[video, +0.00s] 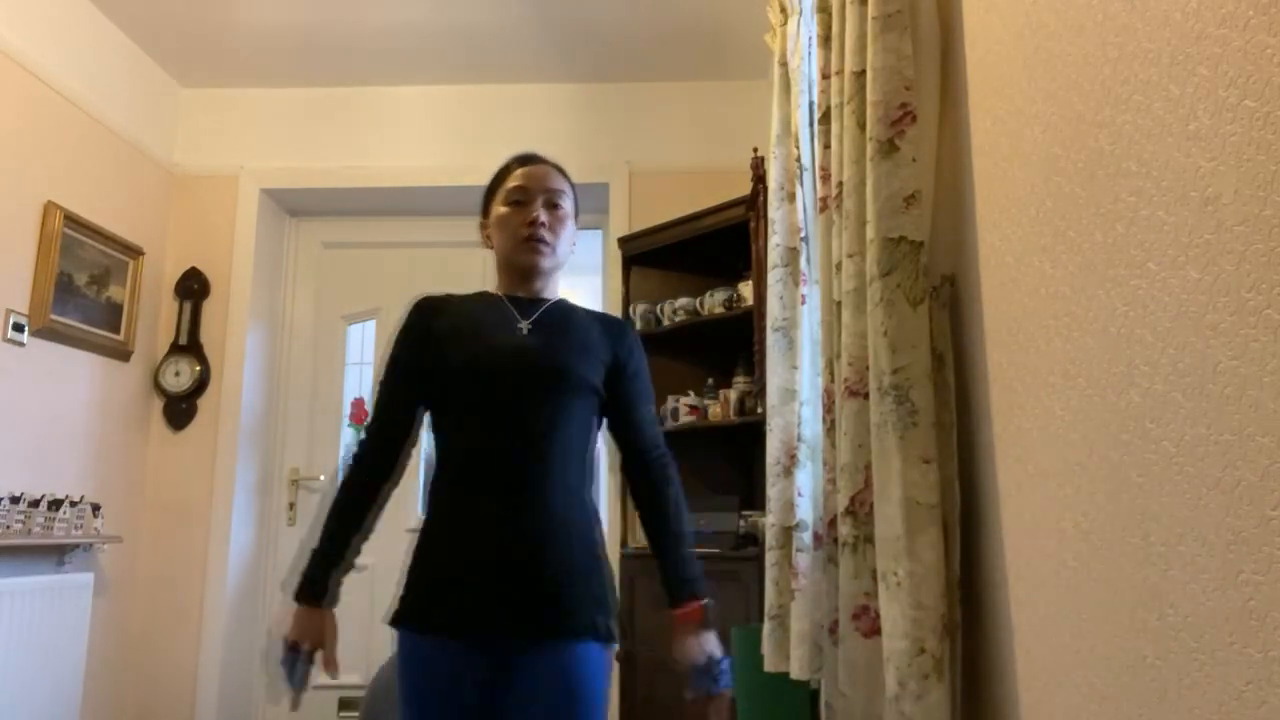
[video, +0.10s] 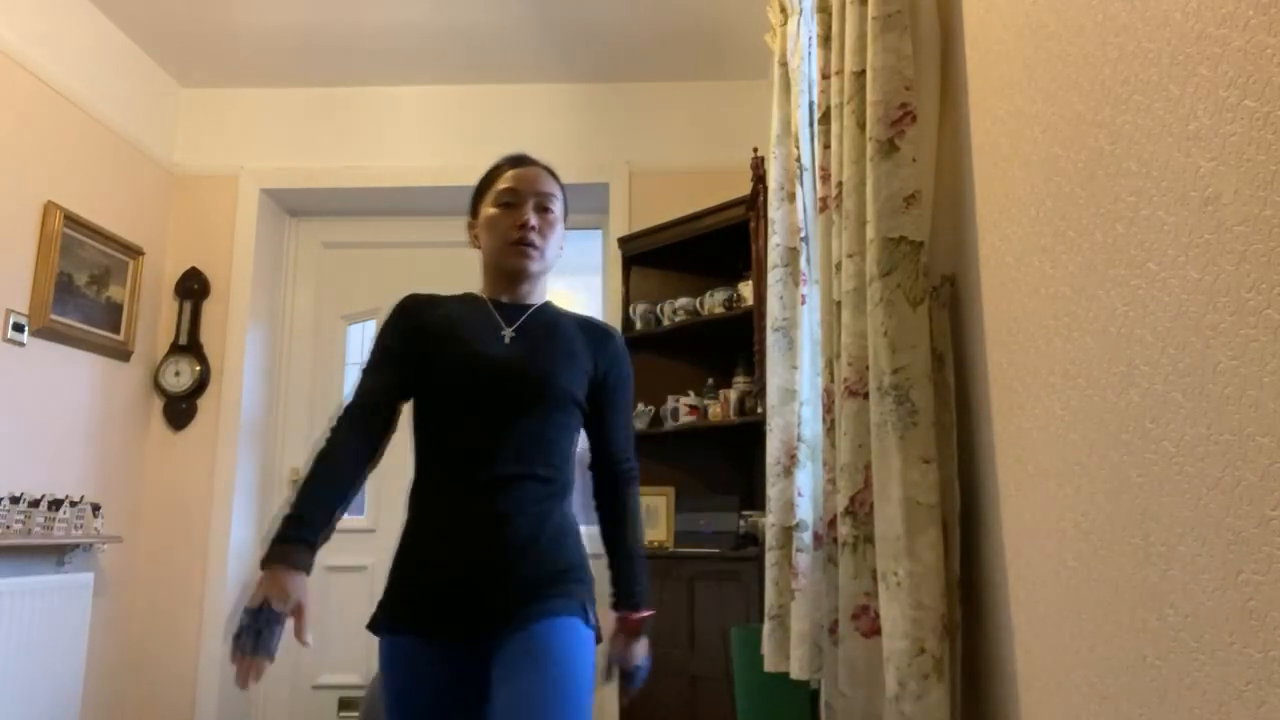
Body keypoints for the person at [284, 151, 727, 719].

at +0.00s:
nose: (538, 214)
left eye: (556, 205)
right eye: (519, 201)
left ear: (573, 234)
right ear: (486, 229)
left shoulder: (608, 338)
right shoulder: (435, 321)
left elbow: (651, 470)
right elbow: (378, 460)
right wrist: (316, 591)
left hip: (566, 620)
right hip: (445, 612)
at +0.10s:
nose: (529, 216)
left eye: (546, 206)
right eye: (508, 203)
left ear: (561, 235)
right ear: (475, 229)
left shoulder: (597, 345)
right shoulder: (420, 321)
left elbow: (616, 483)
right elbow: (357, 437)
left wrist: (632, 604)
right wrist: (288, 556)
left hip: (545, 599)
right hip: (428, 593)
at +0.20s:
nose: (521, 216)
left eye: (538, 206)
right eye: (500, 202)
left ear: (552, 233)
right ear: (465, 227)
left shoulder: (584, 345)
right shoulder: (418, 312)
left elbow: (580, 479)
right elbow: (367, 387)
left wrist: (571, 571)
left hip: (537, 557)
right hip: (429, 562)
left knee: (521, 666)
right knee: (409, 707)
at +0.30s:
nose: (516, 220)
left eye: (532, 210)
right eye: (495, 205)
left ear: (545, 235)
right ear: (459, 229)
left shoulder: (574, 349)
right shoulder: (420, 308)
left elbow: (560, 477)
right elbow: (373, 359)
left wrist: (540, 571)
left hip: (523, 597)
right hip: (421, 589)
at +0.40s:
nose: (515, 226)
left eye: (530, 215)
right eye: (495, 210)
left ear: (544, 239)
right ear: (458, 225)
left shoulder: (567, 358)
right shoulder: (411, 327)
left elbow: (554, 489)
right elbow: (396, 325)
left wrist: (510, 642)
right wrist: (415, 296)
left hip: (522, 600)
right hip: (421, 599)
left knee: (524, 516)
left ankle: (485, 429)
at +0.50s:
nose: (515, 226)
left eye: (530, 216)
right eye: (496, 211)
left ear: (543, 238)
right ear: (459, 225)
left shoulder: (564, 359)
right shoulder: (408, 328)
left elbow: (554, 493)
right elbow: (395, 334)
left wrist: (517, 647)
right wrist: (417, 300)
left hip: (520, 602)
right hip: (419, 599)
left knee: (523, 509)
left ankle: (494, 411)